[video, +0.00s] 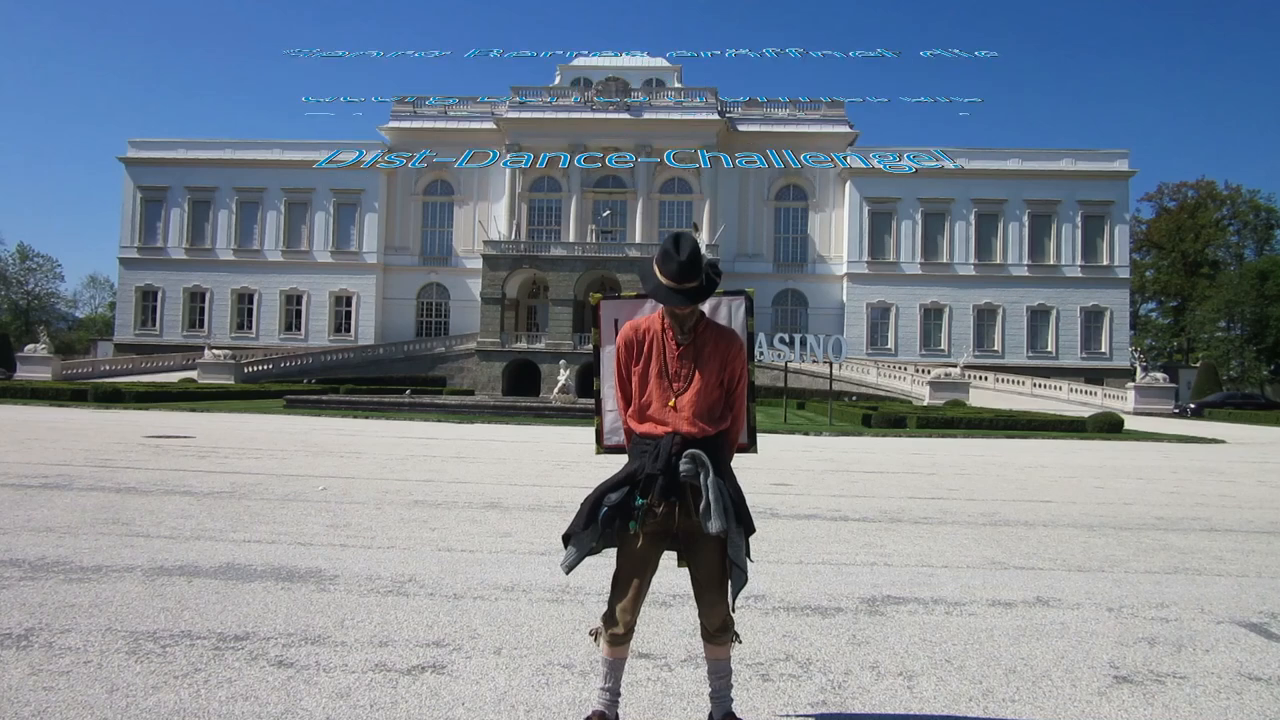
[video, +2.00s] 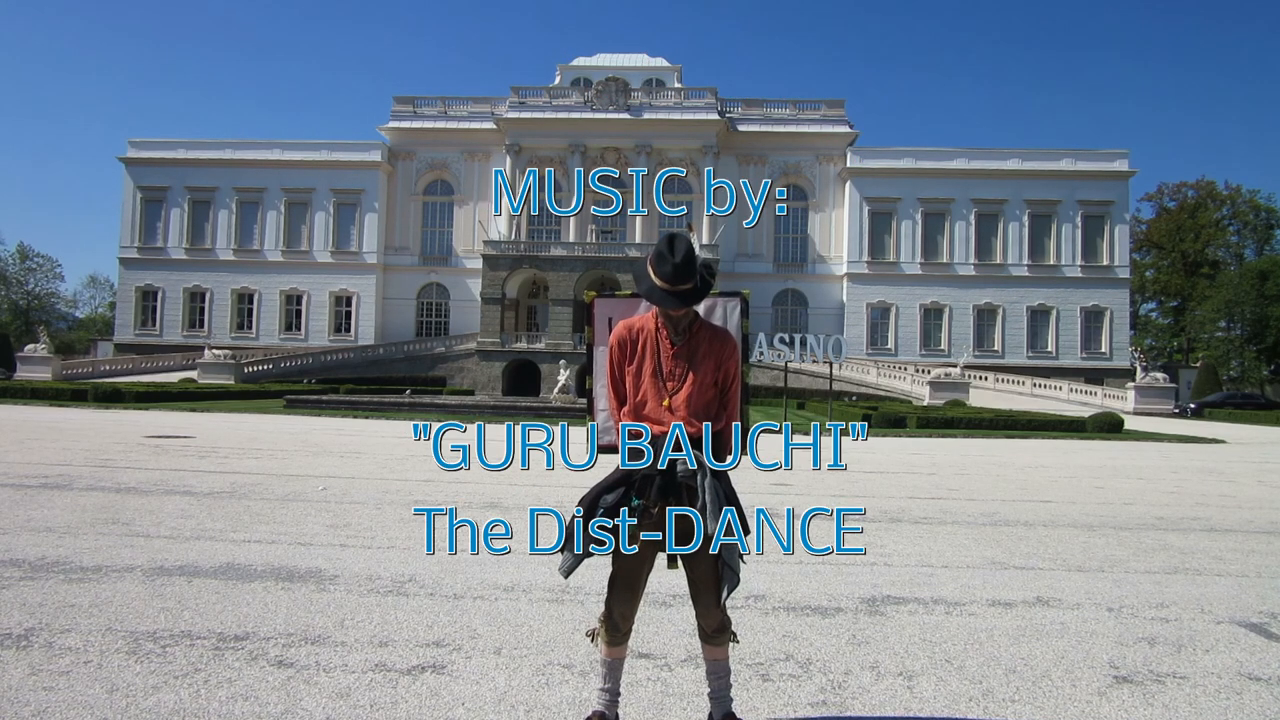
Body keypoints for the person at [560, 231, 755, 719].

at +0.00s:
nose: (681, 309)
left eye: (690, 300)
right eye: (673, 300)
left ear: (704, 292)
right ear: (658, 289)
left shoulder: (729, 344)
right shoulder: (633, 337)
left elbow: (734, 427)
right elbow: (627, 417)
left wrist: (702, 467)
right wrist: (669, 453)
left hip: (706, 486)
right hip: (646, 483)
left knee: (716, 604)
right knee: (625, 600)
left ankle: (722, 706)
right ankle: (607, 700)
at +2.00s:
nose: (677, 310)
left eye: (685, 300)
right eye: (668, 300)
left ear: (698, 291)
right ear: (652, 290)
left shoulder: (723, 345)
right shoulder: (626, 337)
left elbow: (730, 423)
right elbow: (620, 414)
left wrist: (707, 465)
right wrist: (653, 446)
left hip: (701, 492)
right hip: (642, 488)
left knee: (711, 604)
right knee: (621, 600)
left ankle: (721, 706)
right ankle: (607, 701)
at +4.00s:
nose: (677, 308)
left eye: (685, 300)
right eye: (668, 300)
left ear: (698, 293)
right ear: (653, 291)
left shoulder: (721, 344)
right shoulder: (624, 336)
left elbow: (729, 426)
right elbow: (617, 416)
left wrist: (718, 490)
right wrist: (643, 465)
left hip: (699, 490)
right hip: (639, 488)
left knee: (709, 606)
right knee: (620, 604)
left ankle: (721, 705)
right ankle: (607, 701)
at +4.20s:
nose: (676, 314)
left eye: (684, 305)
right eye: (667, 305)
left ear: (697, 298)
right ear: (652, 296)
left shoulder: (718, 342)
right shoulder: (622, 336)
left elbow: (756, 405)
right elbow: (612, 411)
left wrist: (780, 470)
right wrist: (633, 467)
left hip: (698, 481)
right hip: (638, 480)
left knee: (709, 603)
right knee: (620, 599)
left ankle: (720, 706)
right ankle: (606, 701)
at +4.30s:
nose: (678, 314)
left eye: (686, 304)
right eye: (669, 304)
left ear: (698, 297)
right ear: (653, 295)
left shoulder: (717, 338)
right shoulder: (623, 336)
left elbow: (775, 377)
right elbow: (611, 415)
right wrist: (631, 471)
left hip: (699, 481)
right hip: (639, 481)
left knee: (709, 603)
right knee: (620, 601)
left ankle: (721, 706)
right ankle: (606, 702)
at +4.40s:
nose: (679, 317)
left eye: (688, 308)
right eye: (670, 308)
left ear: (701, 299)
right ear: (654, 297)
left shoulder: (717, 335)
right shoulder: (625, 335)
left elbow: (779, 346)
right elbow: (612, 410)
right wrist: (629, 469)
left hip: (699, 478)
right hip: (638, 477)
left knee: (710, 600)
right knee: (621, 599)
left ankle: (721, 706)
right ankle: (606, 702)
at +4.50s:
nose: (678, 317)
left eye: (687, 308)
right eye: (669, 307)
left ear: (701, 296)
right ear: (653, 297)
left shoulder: (718, 329)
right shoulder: (627, 334)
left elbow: (776, 308)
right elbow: (610, 408)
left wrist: (752, 257)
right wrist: (628, 468)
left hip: (698, 475)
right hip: (639, 474)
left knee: (711, 598)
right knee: (623, 594)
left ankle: (721, 707)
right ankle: (606, 700)